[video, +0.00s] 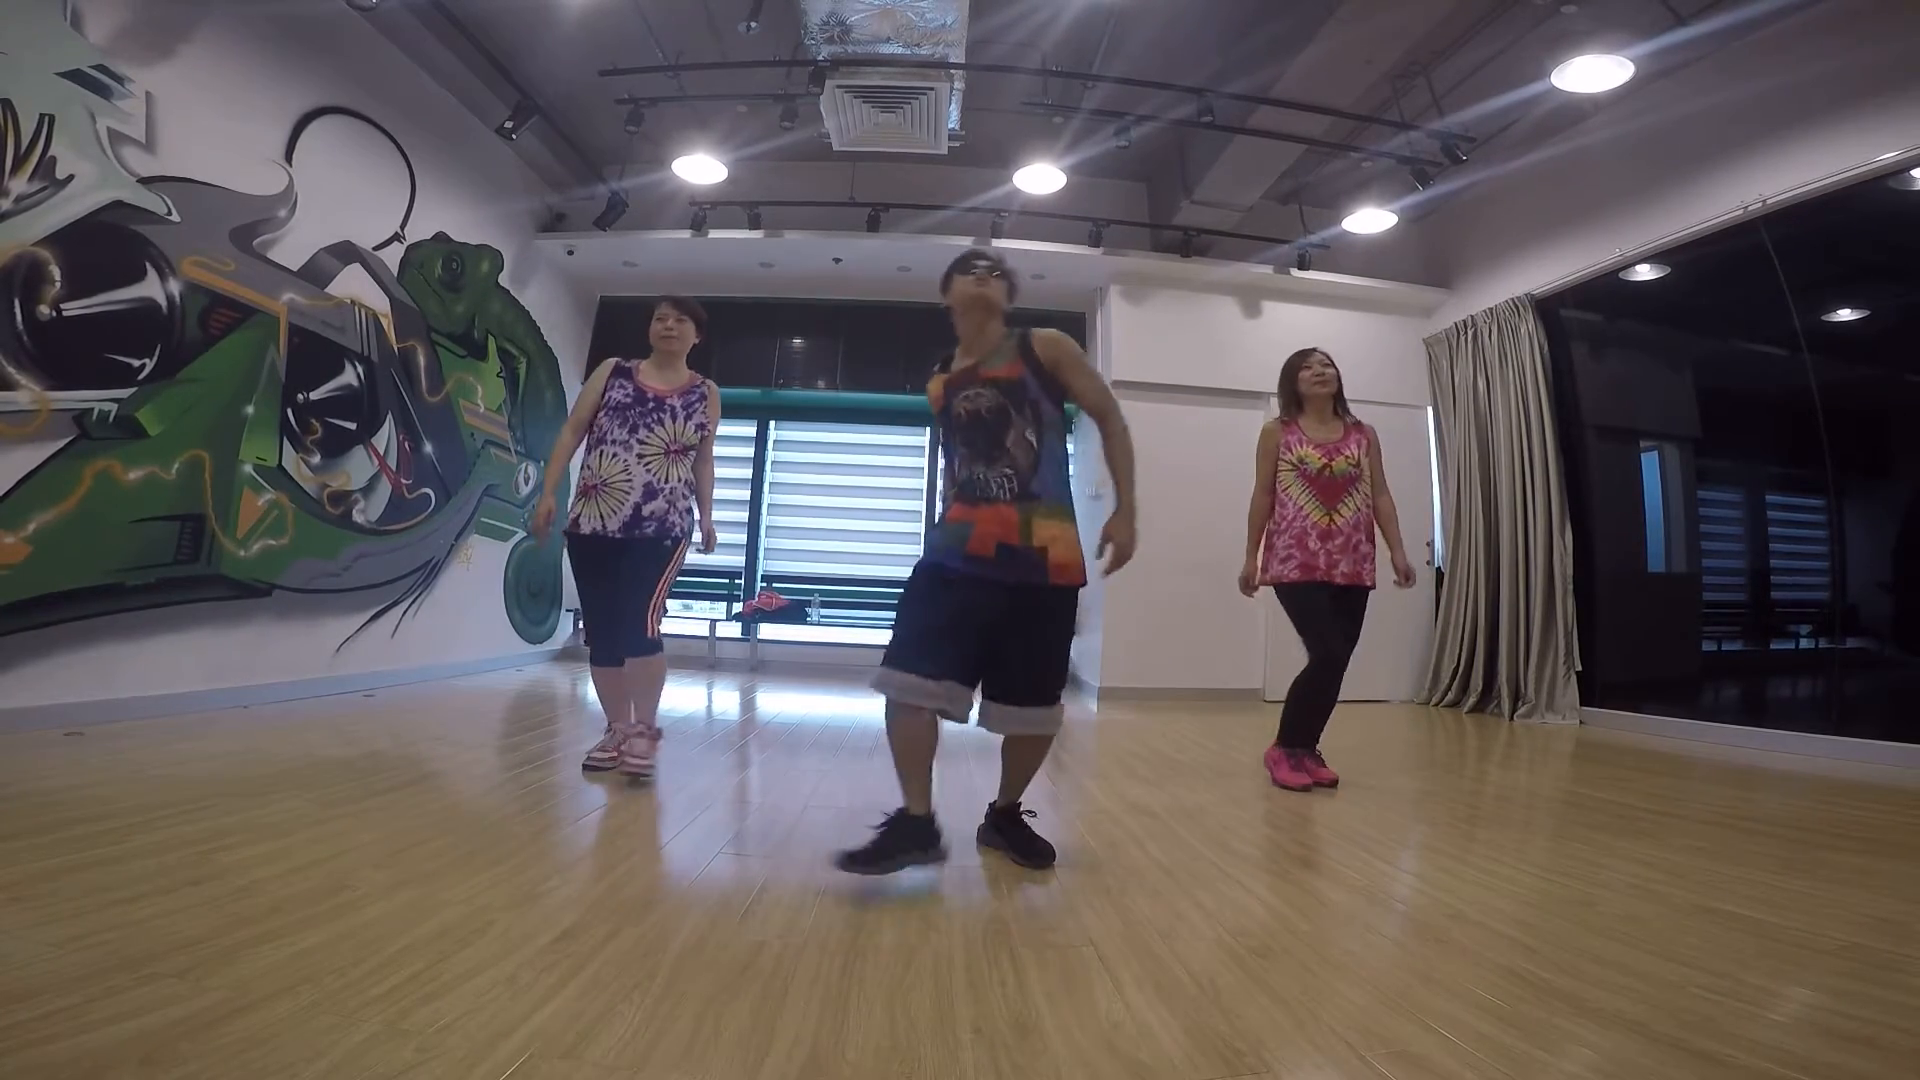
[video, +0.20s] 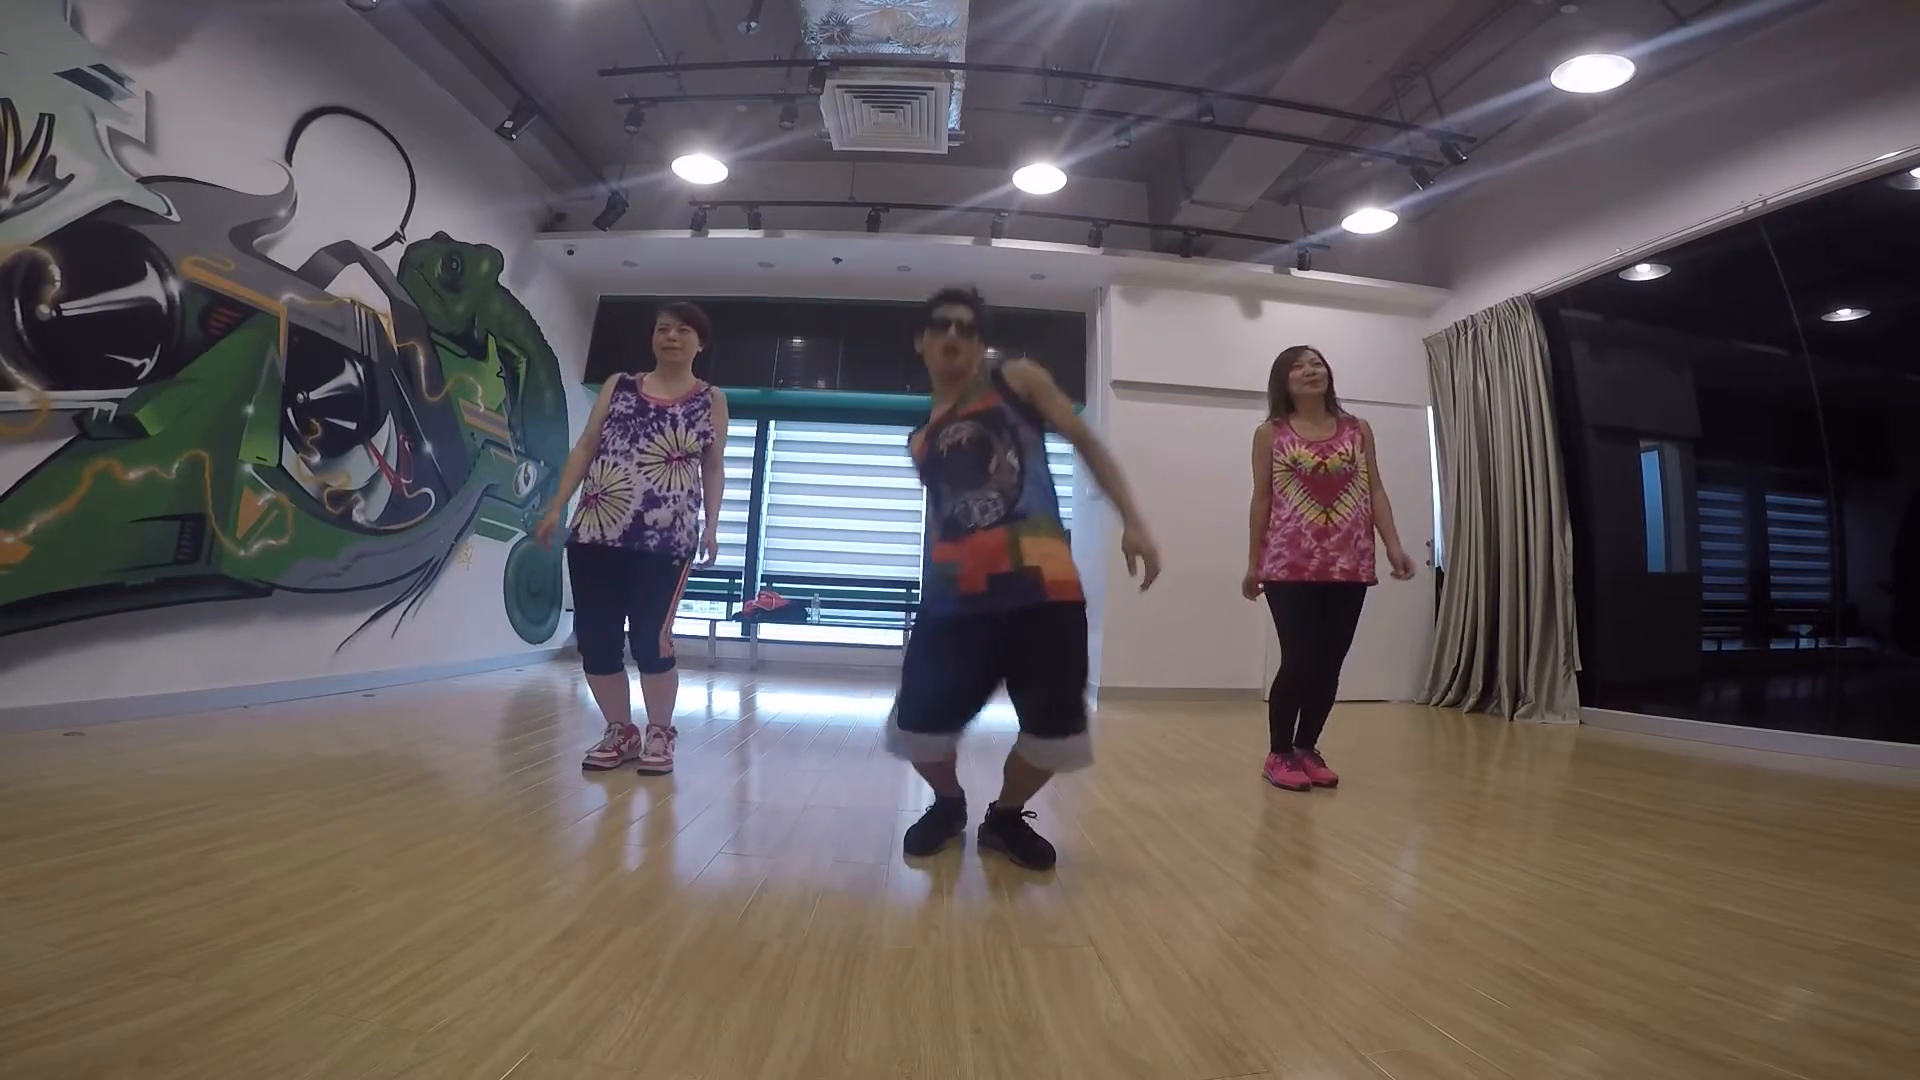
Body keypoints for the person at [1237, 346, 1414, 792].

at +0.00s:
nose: (1319, 371)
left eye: (1327, 366)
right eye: (1307, 367)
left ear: (1339, 379)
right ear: (1292, 384)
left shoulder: (1362, 433)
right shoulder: (1277, 433)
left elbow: (1380, 496)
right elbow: (1263, 497)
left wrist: (1397, 551)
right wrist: (1251, 557)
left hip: (1352, 567)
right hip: (1295, 564)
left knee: (1336, 660)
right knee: (1327, 655)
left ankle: (1307, 751)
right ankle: (1284, 749)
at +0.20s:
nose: (1311, 369)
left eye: (1317, 363)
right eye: (1299, 366)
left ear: (1329, 375)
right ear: (1284, 382)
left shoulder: (1357, 430)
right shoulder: (1271, 433)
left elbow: (1375, 491)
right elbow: (1262, 500)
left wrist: (1394, 546)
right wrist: (1254, 564)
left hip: (1348, 569)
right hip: (1289, 568)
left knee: (1329, 666)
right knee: (1298, 662)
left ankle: (1306, 750)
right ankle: (1280, 755)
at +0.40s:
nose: (1308, 377)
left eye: (1315, 370)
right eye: (1295, 373)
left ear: (1327, 383)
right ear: (1279, 388)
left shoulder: (1355, 437)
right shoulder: (1267, 442)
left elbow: (1371, 501)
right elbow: (1258, 509)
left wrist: (1377, 564)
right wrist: (1249, 573)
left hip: (1343, 575)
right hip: (1283, 574)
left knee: (1347, 665)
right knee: (1301, 664)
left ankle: (1310, 746)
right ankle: (1281, 755)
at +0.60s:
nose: (1319, 368)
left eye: (1326, 363)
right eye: (1307, 364)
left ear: (1336, 379)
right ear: (1290, 381)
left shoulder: (1353, 435)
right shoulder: (1272, 428)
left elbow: (1362, 501)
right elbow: (1258, 490)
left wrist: (1371, 562)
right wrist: (1254, 549)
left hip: (1341, 566)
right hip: (1282, 565)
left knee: (1352, 654)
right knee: (1295, 658)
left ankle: (1313, 731)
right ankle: (1280, 755)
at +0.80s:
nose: (1329, 369)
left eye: (1336, 364)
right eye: (1317, 364)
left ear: (1346, 380)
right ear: (1300, 380)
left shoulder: (1356, 438)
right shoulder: (1280, 423)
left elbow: (1359, 505)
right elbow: (1261, 480)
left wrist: (1370, 562)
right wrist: (1269, 532)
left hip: (1343, 567)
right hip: (1287, 563)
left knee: (1331, 665)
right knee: (1291, 660)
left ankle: (1311, 751)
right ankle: (1279, 756)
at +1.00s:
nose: (1336, 371)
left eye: (1343, 366)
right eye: (1325, 366)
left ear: (1353, 381)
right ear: (1307, 381)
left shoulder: (1363, 440)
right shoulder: (1286, 429)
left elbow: (1371, 507)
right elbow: (1273, 490)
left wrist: (1380, 568)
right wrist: (1279, 545)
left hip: (1351, 572)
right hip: (1298, 569)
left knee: (1339, 667)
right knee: (1318, 661)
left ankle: (1313, 751)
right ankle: (1284, 751)